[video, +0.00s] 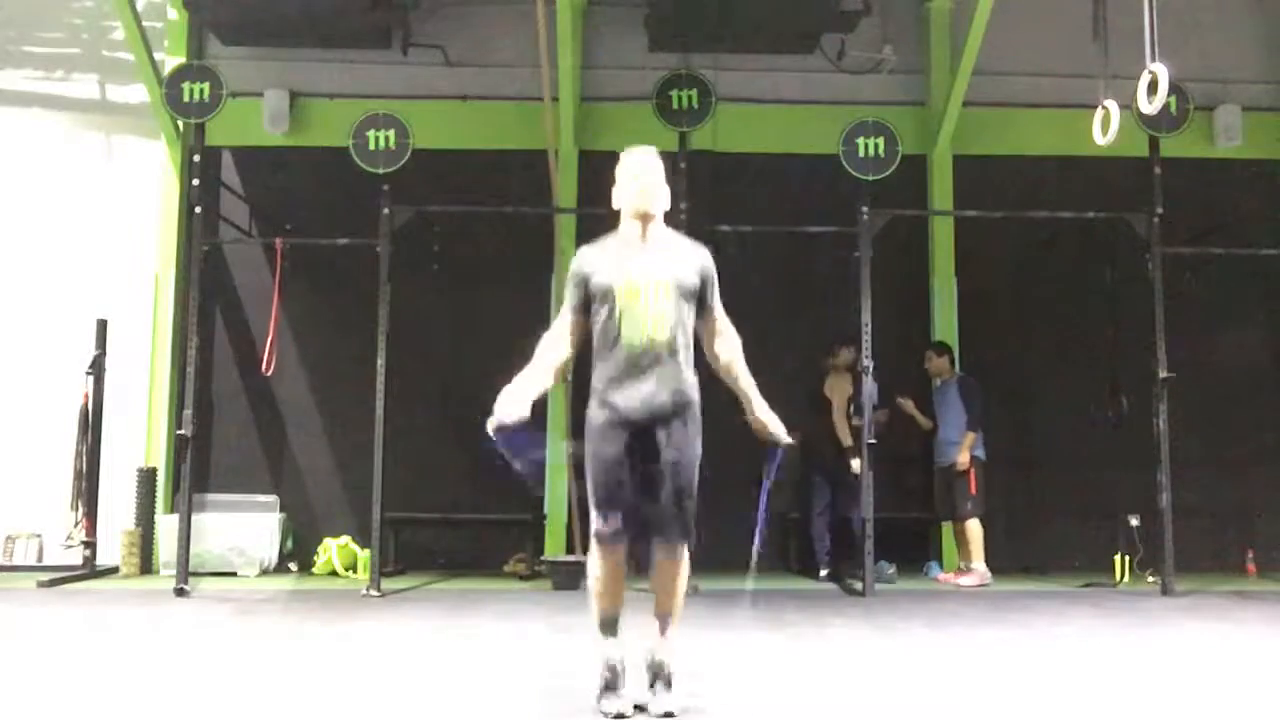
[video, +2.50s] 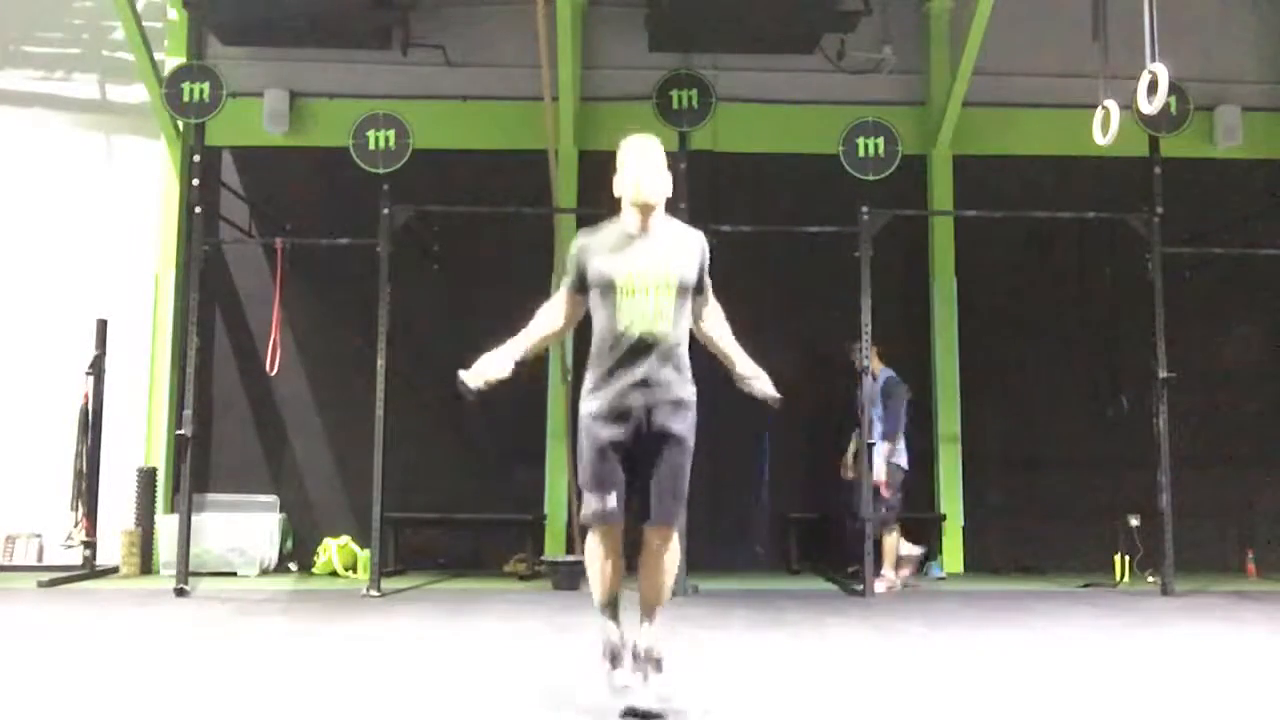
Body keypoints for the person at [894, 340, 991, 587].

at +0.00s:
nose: (927, 365)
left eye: (930, 359)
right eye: (926, 360)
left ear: (945, 359)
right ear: (937, 363)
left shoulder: (965, 384)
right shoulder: (936, 392)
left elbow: (976, 419)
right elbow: (932, 427)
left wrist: (965, 450)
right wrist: (914, 412)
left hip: (965, 456)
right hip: (943, 459)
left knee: (968, 514)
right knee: (954, 516)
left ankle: (979, 567)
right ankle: (964, 566)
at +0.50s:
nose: (947, 362)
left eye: (951, 356)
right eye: (945, 357)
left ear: (966, 356)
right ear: (946, 360)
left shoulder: (984, 384)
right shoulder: (948, 391)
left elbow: (994, 421)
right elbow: (945, 425)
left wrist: (982, 452)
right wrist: (924, 413)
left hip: (979, 459)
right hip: (955, 462)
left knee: (988, 516)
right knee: (961, 517)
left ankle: (998, 568)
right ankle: (967, 567)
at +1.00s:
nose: (959, 361)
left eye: (963, 356)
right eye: (958, 356)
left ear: (979, 355)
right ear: (963, 357)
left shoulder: (1003, 384)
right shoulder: (962, 388)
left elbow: (1021, 421)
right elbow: (956, 423)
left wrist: (1024, 457)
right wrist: (924, 413)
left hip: (994, 460)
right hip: (965, 461)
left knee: (996, 517)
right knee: (959, 514)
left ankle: (999, 569)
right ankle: (968, 566)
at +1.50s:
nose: (937, 362)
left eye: (940, 356)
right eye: (936, 356)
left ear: (953, 356)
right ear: (949, 357)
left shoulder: (983, 384)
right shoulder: (941, 389)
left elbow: (992, 423)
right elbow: (935, 424)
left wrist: (971, 452)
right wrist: (914, 452)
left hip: (980, 461)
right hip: (947, 462)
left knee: (986, 514)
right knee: (949, 517)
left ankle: (997, 567)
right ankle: (953, 573)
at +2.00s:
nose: (898, 361)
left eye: (902, 355)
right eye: (896, 356)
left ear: (916, 353)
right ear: (900, 359)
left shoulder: (940, 380)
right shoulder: (902, 388)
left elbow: (964, 414)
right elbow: (898, 423)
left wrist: (956, 448)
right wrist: (886, 449)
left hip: (937, 456)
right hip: (914, 458)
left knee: (922, 512)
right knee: (932, 516)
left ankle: (931, 572)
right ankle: (951, 569)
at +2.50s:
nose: (859, 363)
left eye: (862, 357)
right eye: (856, 359)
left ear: (872, 353)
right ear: (857, 360)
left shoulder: (892, 385)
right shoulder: (866, 383)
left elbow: (893, 427)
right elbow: (863, 425)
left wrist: (882, 462)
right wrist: (850, 453)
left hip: (889, 451)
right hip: (870, 450)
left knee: (887, 513)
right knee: (867, 509)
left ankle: (888, 573)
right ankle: (907, 549)